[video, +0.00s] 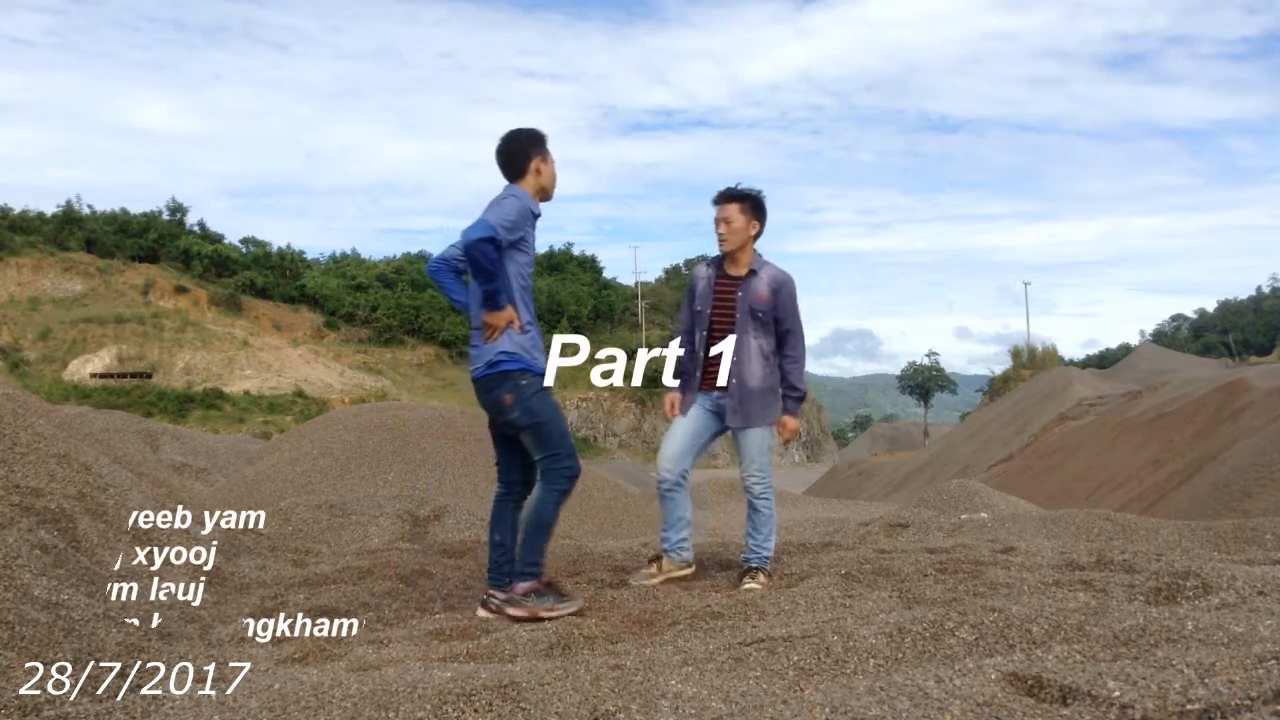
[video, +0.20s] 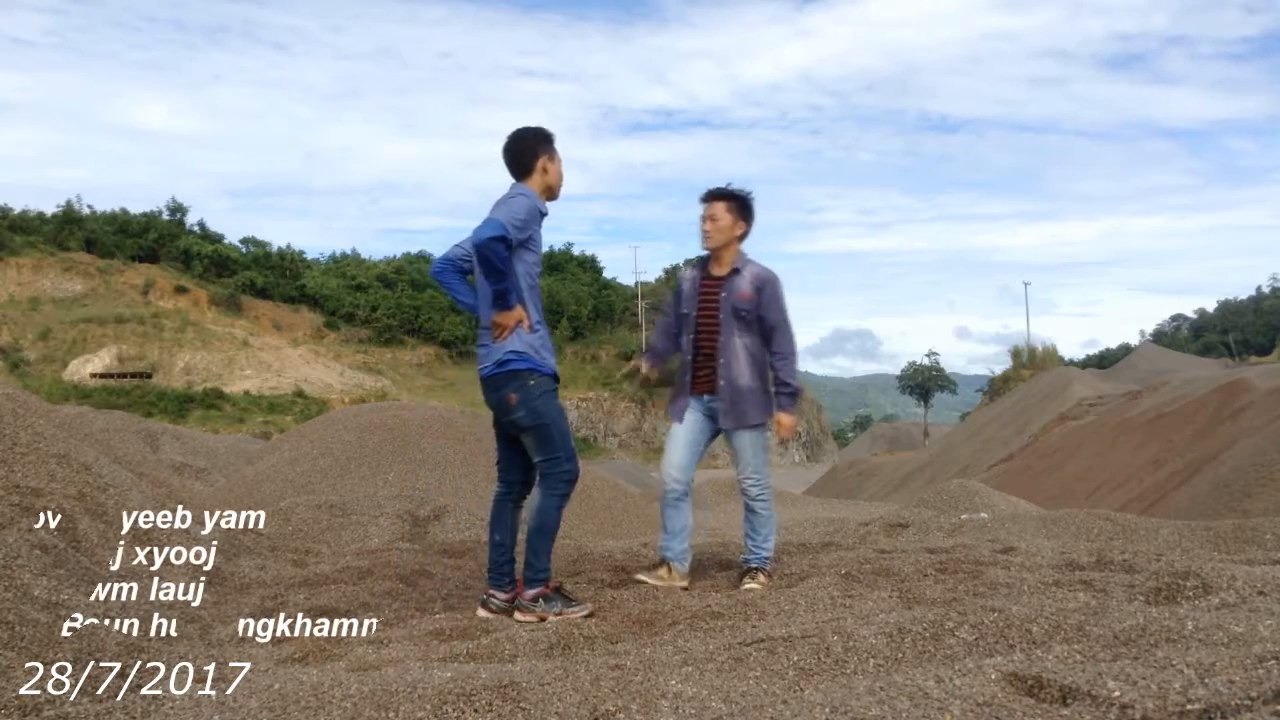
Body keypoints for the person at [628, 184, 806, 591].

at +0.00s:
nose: (719, 229)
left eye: (727, 222)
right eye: (717, 222)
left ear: (754, 227)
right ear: (716, 225)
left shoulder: (776, 282)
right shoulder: (702, 276)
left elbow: (792, 347)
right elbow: (686, 336)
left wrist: (790, 408)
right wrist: (675, 386)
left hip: (754, 402)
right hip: (706, 399)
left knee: (756, 483)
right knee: (668, 467)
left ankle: (756, 564)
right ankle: (677, 557)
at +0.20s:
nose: (704, 226)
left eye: (714, 220)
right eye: (703, 219)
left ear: (740, 227)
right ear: (702, 224)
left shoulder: (761, 281)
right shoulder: (689, 277)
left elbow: (782, 344)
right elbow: (672, 326)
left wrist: (786, 404)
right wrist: (652, 358)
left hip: (744, 402)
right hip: (696, 401)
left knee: (753, 485)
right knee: (673, 477)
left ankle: (757, 565)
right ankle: (675, 565)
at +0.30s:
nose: (692, 225)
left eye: (701, 218)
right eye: (691, 218)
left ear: (728, 227)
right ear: (692, 224)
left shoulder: (749, 280)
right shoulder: (674, 279)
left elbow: (771, 342)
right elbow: (648, 319)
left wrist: (773, 398)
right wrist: (619, 331)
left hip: (734, 402)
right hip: (684, 402)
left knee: (746, 486)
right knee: (667, 484)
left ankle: (755, 566)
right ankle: (676, 568)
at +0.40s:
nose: (677, 223)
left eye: (687, 216)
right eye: (677, 216)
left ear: (713, 225)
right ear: (677, 222)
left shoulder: (735, 277)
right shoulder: (657, 277)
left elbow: (755, 337)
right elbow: (620, 308)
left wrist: (756, 387)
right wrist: (587, 296)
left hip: (722, 401)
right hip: (672, 403)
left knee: (740, 485)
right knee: (659, 486)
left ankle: (756, 564)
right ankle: (675, 568)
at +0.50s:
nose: (661, 217)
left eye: (670, 210)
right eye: (659, 210)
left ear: (697, 218)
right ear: (658, 217)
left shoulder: (722, 273)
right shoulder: (637, 266)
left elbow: (742, 331)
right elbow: (590, 271)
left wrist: (739, 376)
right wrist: (548, 251)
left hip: (710, 397)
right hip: (660, 400)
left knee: (732, 480)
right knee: (658, 487)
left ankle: (754, 562)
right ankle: (675, 569)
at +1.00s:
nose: (624, 212)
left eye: (634, 203)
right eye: (621, 205)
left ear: (661, 210)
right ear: (619, 213)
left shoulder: (690, 262)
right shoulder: (606, 264)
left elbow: (718, 321)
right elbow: (568, 296)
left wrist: (744, 373)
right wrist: (540, 311)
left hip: (688, 383)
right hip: (639, 392)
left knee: (702, 467)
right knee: (652, 483)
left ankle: (717, 549)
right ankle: (666, 567)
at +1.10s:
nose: (626, 211)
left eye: (635, 203)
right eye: (623, 205)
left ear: (662, 210)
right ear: (621, 212)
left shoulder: (692, 263)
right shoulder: (607, 266)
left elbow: (720, 324)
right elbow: (587, 321)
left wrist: (745, 374)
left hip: (686, 386)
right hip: (637, 393)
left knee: (694, 473)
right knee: (651, 483)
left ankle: (701, 559)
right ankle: (665, 566)